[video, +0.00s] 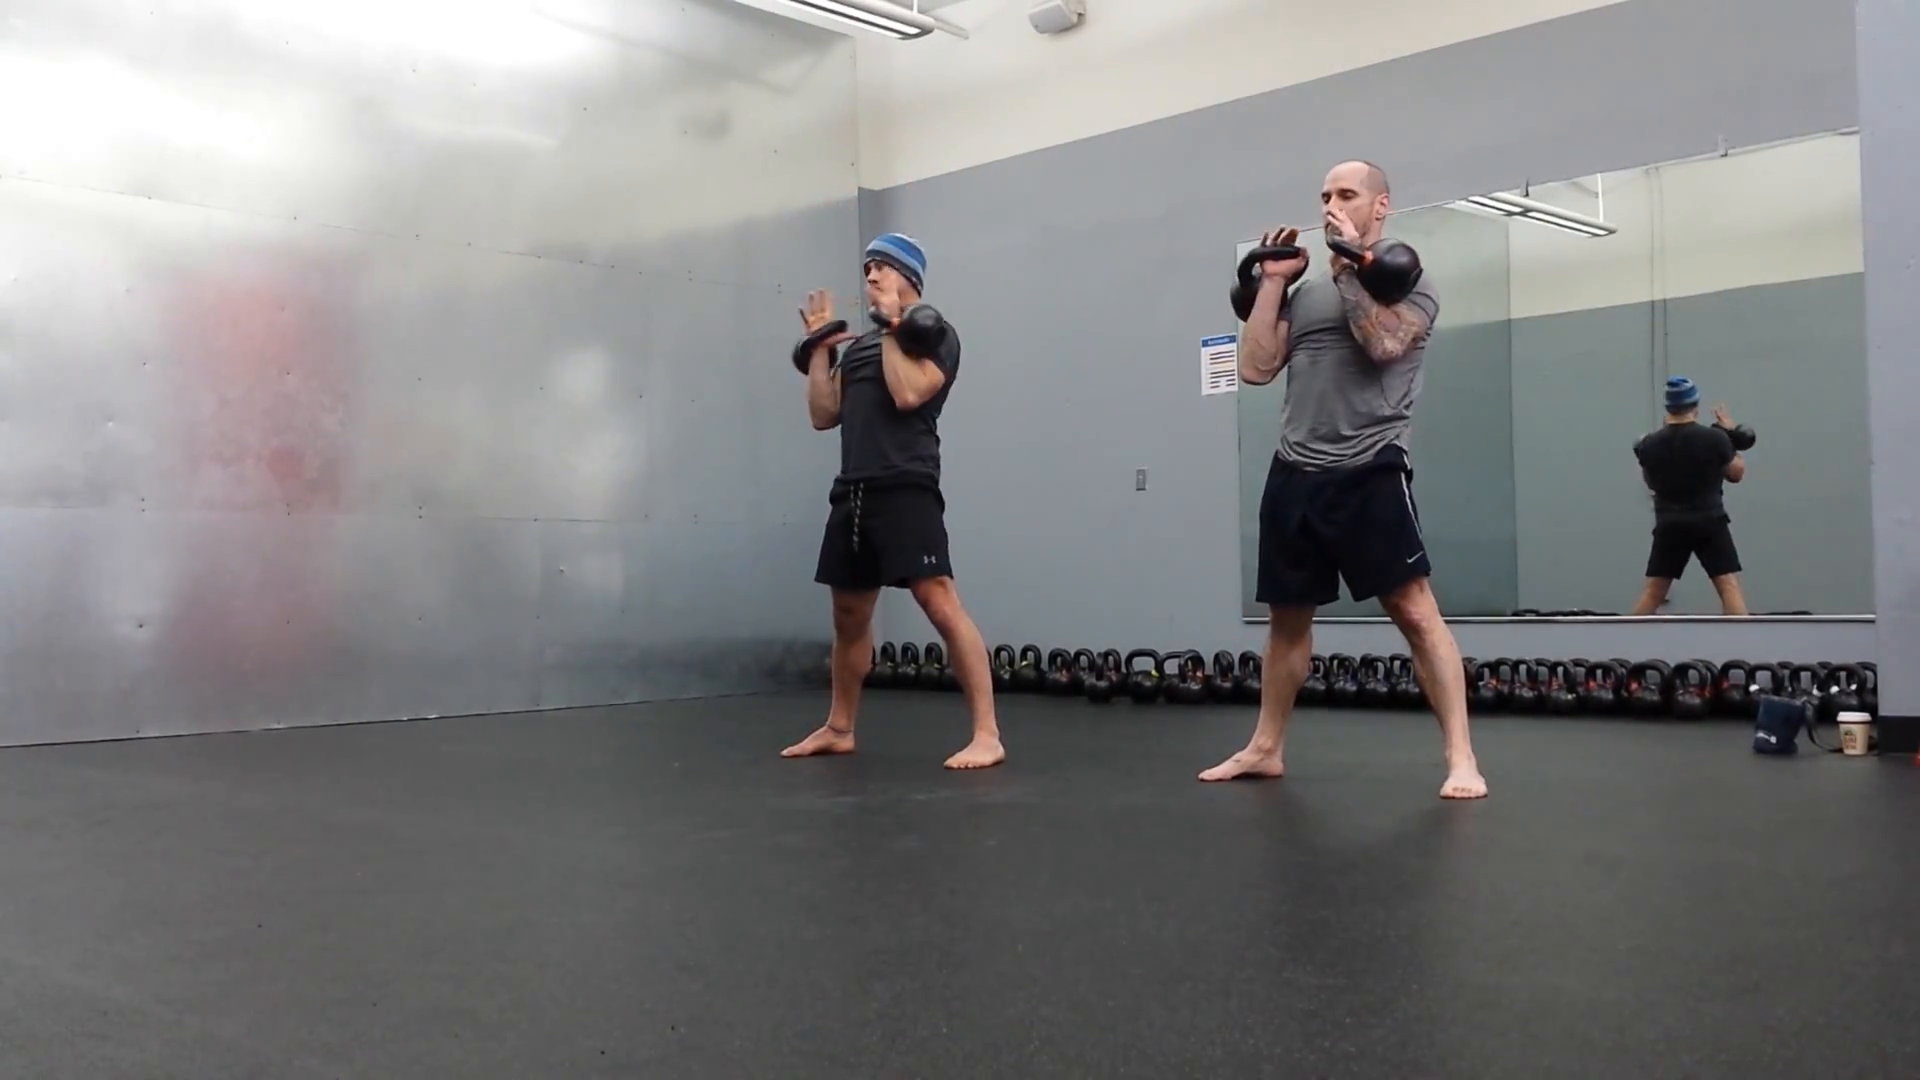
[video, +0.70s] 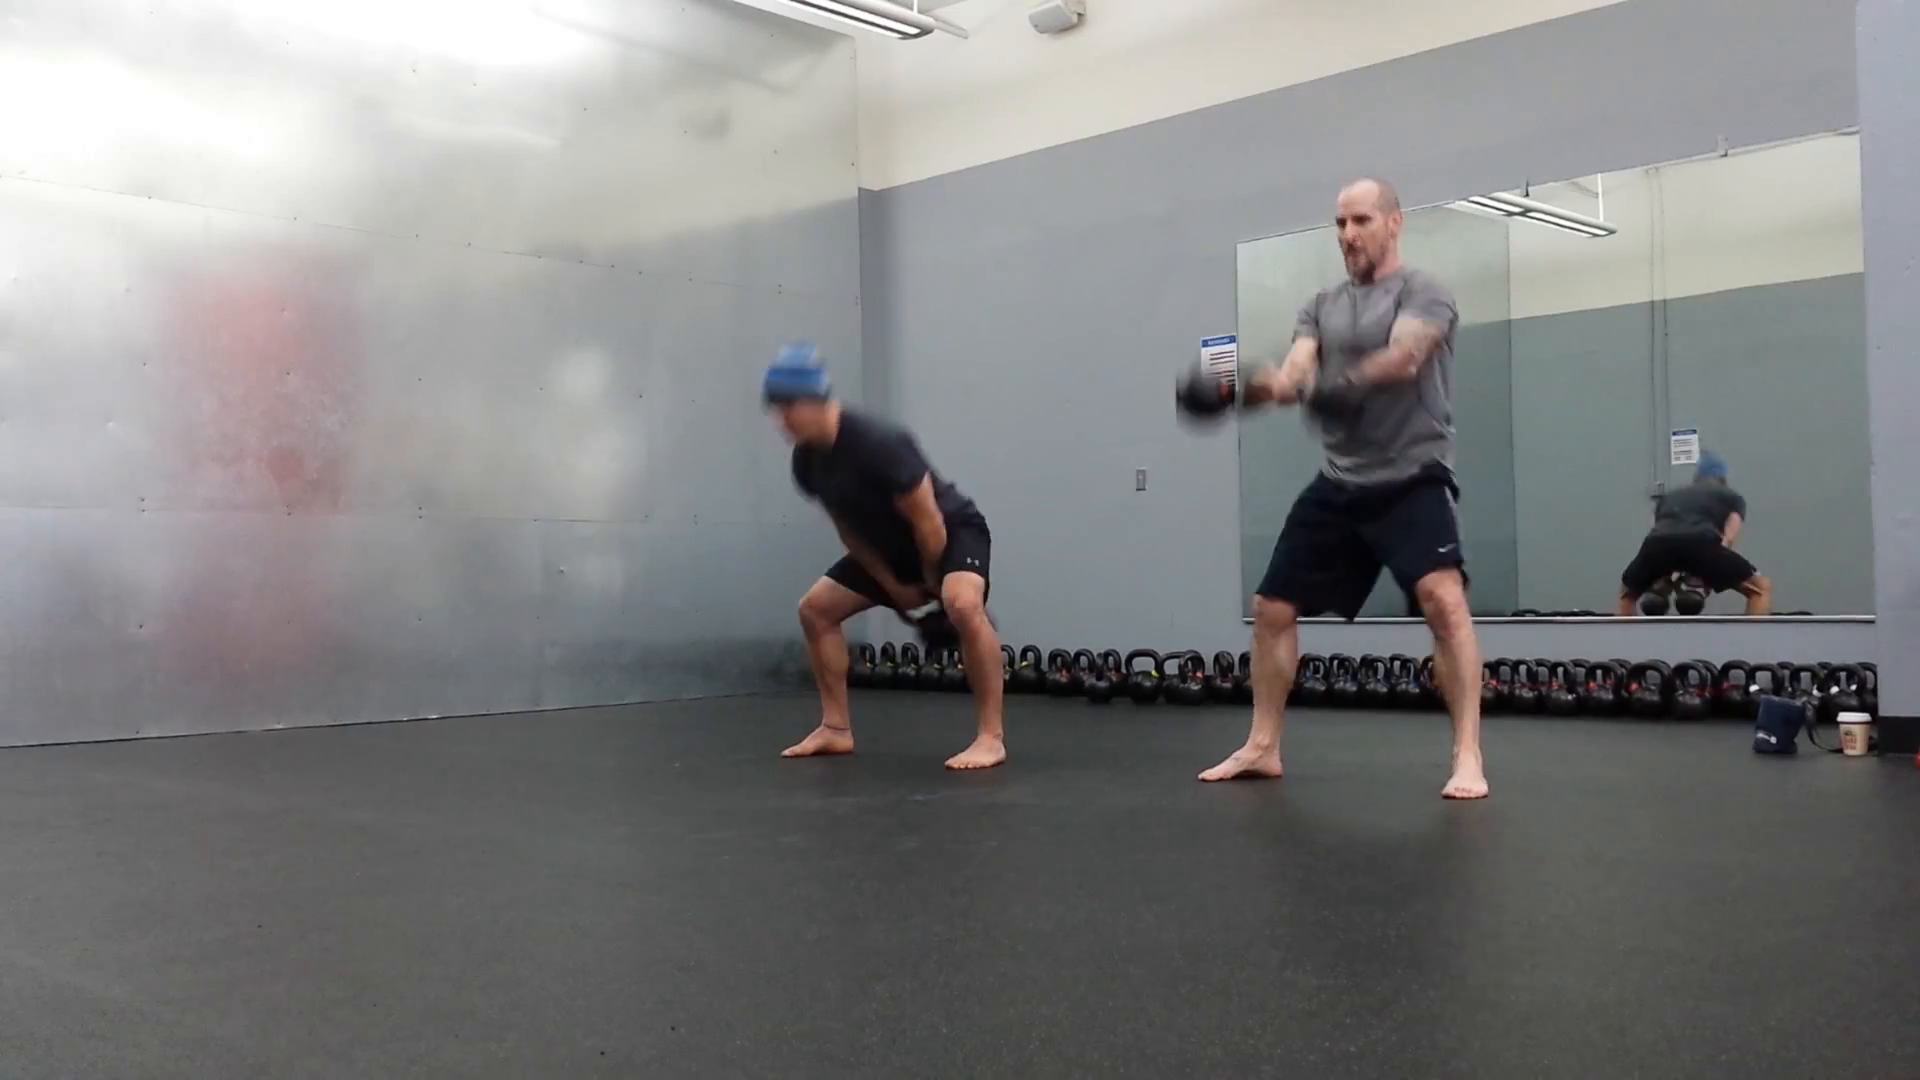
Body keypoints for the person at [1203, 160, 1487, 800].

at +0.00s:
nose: (1332, 208)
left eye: (1346, 196)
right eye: (1326, 198)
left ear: (1383, 207)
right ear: (1320, 211)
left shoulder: (1412, 286)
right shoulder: (1302, 296)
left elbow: (1386, 345)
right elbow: (1256, 367)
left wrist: (1348, 273)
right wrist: (1271, 280)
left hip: (1372, 474)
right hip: (1295, 474)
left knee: (1415, 614)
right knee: (1287, 618)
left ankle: (1461, 758)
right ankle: (1265, 747)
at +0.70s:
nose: (1349, 233)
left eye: (1360, 220)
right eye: (1341, 223)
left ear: (1394, 223)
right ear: (1335, 231)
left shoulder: (1426, 293)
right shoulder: (1320, 306)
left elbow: (1401, 361)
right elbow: (1292, 376)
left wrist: (1329, 383)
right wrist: (1238, 389)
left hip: (1412, 481)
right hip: (1337, 484)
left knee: (1443, 600)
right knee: (1272, 608)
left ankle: (1467, 757)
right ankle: (1262, 746)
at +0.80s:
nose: (1345, 259)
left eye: (1357, 246)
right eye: (1338, 249)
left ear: (1392, 248)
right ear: (1333, 255)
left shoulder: (1426, 320)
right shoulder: (1322, 328)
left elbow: (1406, 392)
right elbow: (1288, 397)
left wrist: (1363, 446)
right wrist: (1253, 446)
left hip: (1423, 496)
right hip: (1343, 498)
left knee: (1456, 598)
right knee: (1263, 606)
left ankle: (1470, 756)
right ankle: (1262, 746)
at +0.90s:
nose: (1319, 286)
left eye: (1331, 273)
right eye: (1313, 275)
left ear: (1366, 274)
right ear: (1310, 280)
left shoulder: (1411, 346)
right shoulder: (1305, 356)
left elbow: (1399, 455)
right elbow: (1291, 447)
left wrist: (1368, 535)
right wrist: (1282, 529)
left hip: (1425, 504)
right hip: (1348, 509)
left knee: (1461, 601)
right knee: (1252, 602)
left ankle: (1471, 755)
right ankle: (1260, 745)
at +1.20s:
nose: (1240, 416)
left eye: (1253, 400)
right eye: (1233, 403)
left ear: (1290, 397)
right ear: (1230, 406)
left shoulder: (1362, 456)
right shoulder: (1247, 477)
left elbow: (1388, 557)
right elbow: (1295, 558)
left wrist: (1396, 626)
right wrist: (1339, 626)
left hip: (1413, 540)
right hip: (1332, 554)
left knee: (1439, 615)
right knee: (1226, 615)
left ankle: (1467, 757)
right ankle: (1259, 748)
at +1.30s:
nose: (1256, 351)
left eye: (1268, 338)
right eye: (1250, 340)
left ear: (1302, 339)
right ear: (1246, 351)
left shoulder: (1364, 407)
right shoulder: (1255, 428)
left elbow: (1382, 516)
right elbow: (1285, 519)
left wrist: (1389, 603)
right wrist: (1326, 601)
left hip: (1403, 524)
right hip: (1322, 532)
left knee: (1442, 610)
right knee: (1224, 611)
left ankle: (1467, 753)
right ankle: (1259, 746)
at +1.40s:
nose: (1288, 265)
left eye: (1303, 253)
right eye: (1285, 255)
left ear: (1338, 262)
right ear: (1283, 269)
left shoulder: (1380, 347)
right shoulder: (1276, 357)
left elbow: (1384, 455)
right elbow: (1284, 458)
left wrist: (1374, 553)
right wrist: (1302, 549)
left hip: (1396, 494)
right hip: (1319, 498)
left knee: (1451, 601)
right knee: (1238, 603)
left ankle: (1469, 755)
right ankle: (1260, 744)